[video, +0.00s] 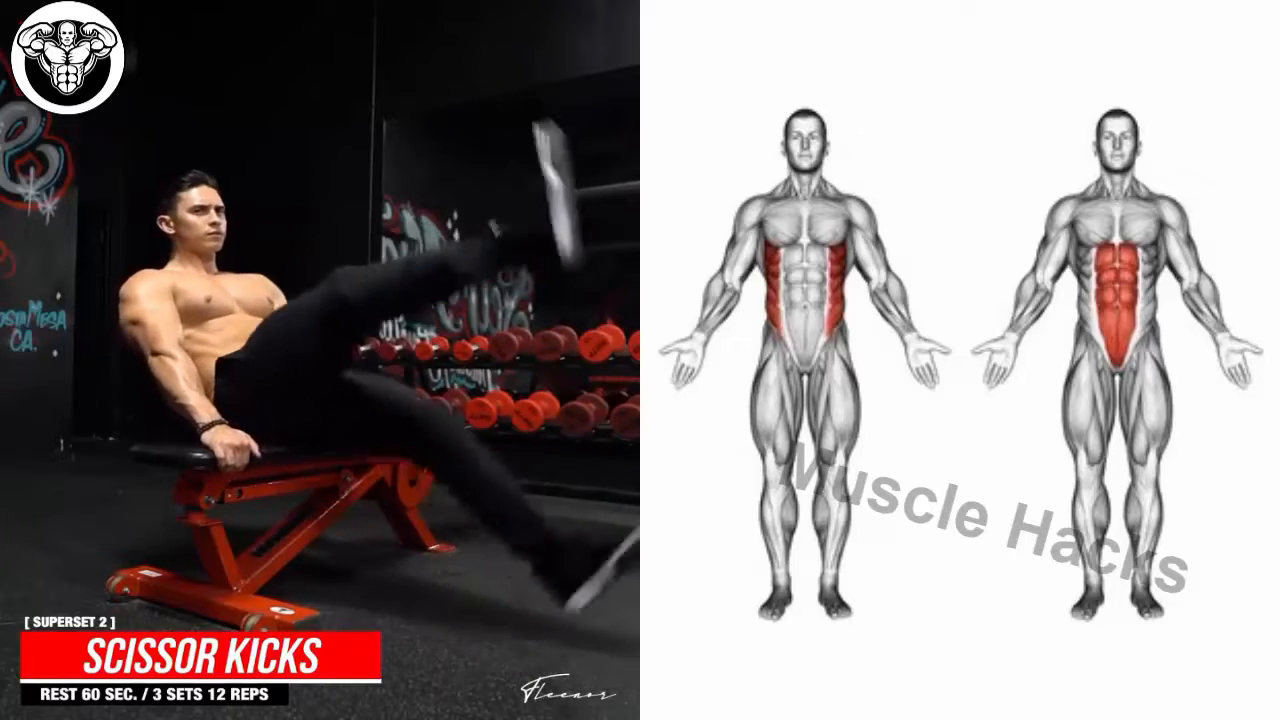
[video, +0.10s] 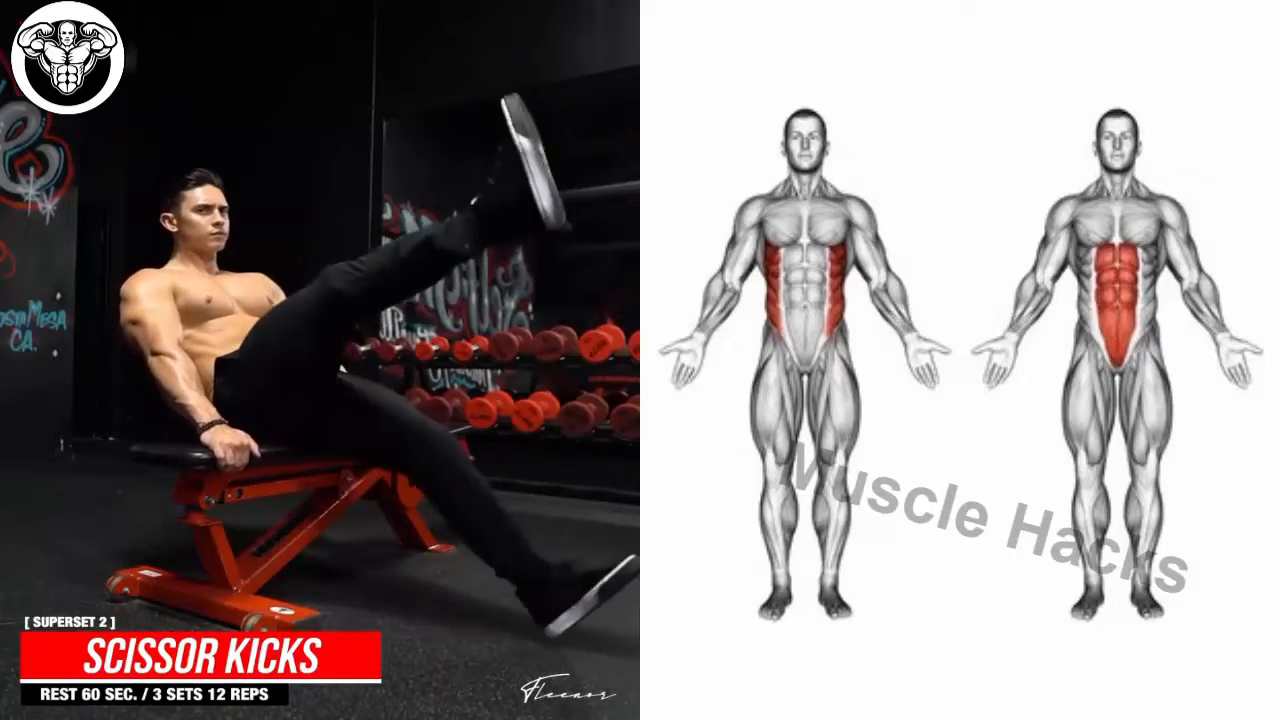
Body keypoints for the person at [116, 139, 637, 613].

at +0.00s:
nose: (215, 221)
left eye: (218, 211)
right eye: (200, 212)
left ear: (223, 220)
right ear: (168, 223)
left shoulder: (258, 284)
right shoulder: (147, 286)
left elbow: (310, 341)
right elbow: (166, 357)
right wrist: (211, 423)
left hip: (311, 397)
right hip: (248, 396)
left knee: (435, 425)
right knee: (341, 293)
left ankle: (560, 562)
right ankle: (516, 247)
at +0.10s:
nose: (218, 219)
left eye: (223, 211)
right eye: (204, 210)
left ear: (228, 223)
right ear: (171, 223)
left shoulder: (259, 282)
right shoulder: (148, 285)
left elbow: (306, 340)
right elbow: (165, 355)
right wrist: (210, 424)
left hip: (306, 393)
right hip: (243, 394)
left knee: (433, 447)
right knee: (336, 286)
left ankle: (545, 591)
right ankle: (496, 215)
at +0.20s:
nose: (215, 225)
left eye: (220, 216)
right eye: (200, 215)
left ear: (225, 225)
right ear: (168, 225)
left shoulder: (257, 286)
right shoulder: (145, 288)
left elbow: (309, 343)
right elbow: (165, 358)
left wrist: (344, 400)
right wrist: (210, 424)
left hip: (308, 394)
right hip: (244, 397)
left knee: (434, 424)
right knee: (338, 299)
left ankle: (541, 570)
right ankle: (520, 256)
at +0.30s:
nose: (210, 227)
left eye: (214, 218)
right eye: (195, 218)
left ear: (218, 229)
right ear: (162, 231)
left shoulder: (250, 290)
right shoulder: (142, 294)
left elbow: (306, 349)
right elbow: (163, 361)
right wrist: (208, 425)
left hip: (298, 395)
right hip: (237, 395)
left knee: (432, 396)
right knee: (348, 329)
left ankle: (573, 492)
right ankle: (528, 350)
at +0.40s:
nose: (209, 228)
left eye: (211, 219)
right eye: (193, 219)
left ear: (214, 232)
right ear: (161, 233)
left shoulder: (248, 293)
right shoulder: (142, 294)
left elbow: (307, 350)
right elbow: (166, 362)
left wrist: (368, 400)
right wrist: (208, 425)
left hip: (298, 385)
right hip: (238, 401)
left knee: (429, 346)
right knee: (371, 368)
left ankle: (593, 388)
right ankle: (540, 470)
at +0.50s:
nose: (209, 229)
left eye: (212, 220)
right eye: (195, 221)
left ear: (216, 230)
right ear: (164, 233)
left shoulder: (252, 295)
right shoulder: (145, 293)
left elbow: (314, 355)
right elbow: (167, 360)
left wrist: (374, 385)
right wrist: (209, 424)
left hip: (301, 379)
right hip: (245, 390)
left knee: (400, 316)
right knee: (370, 419)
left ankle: (559, 286)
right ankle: (521, 552)